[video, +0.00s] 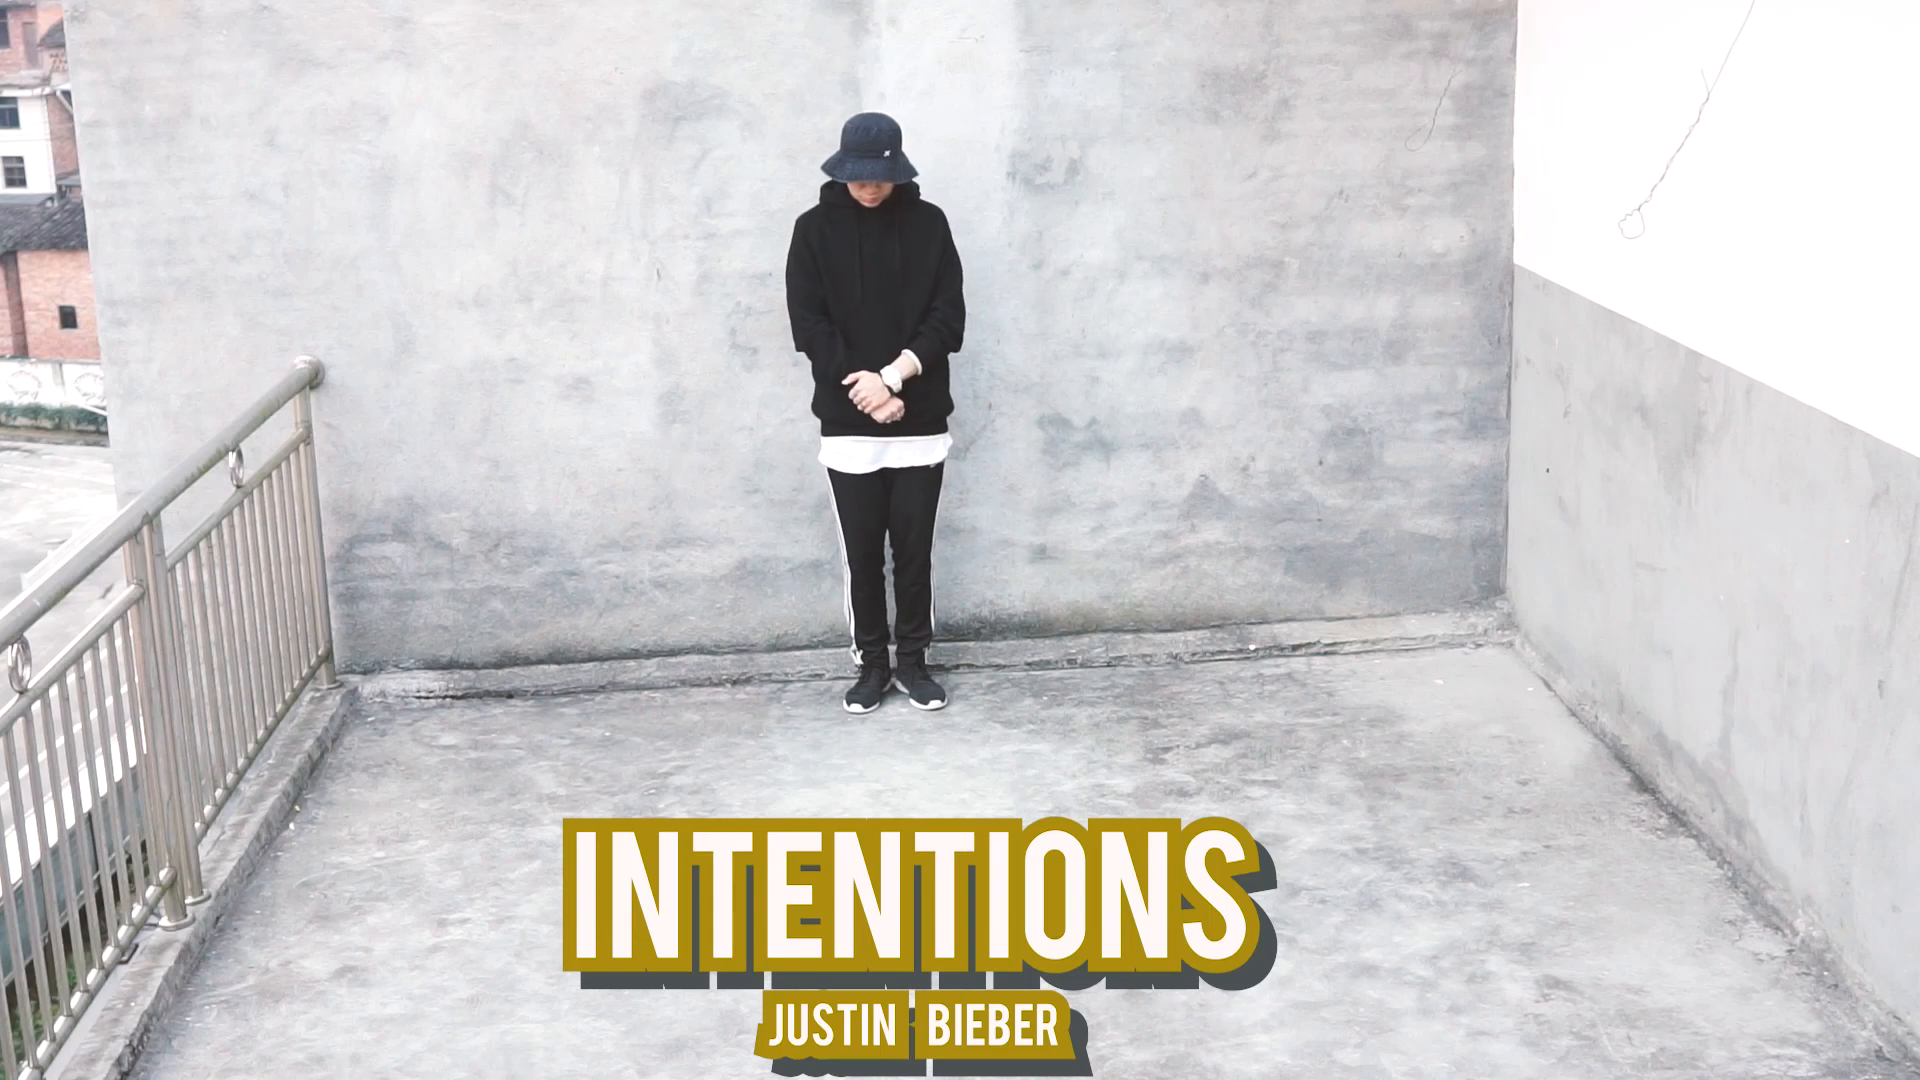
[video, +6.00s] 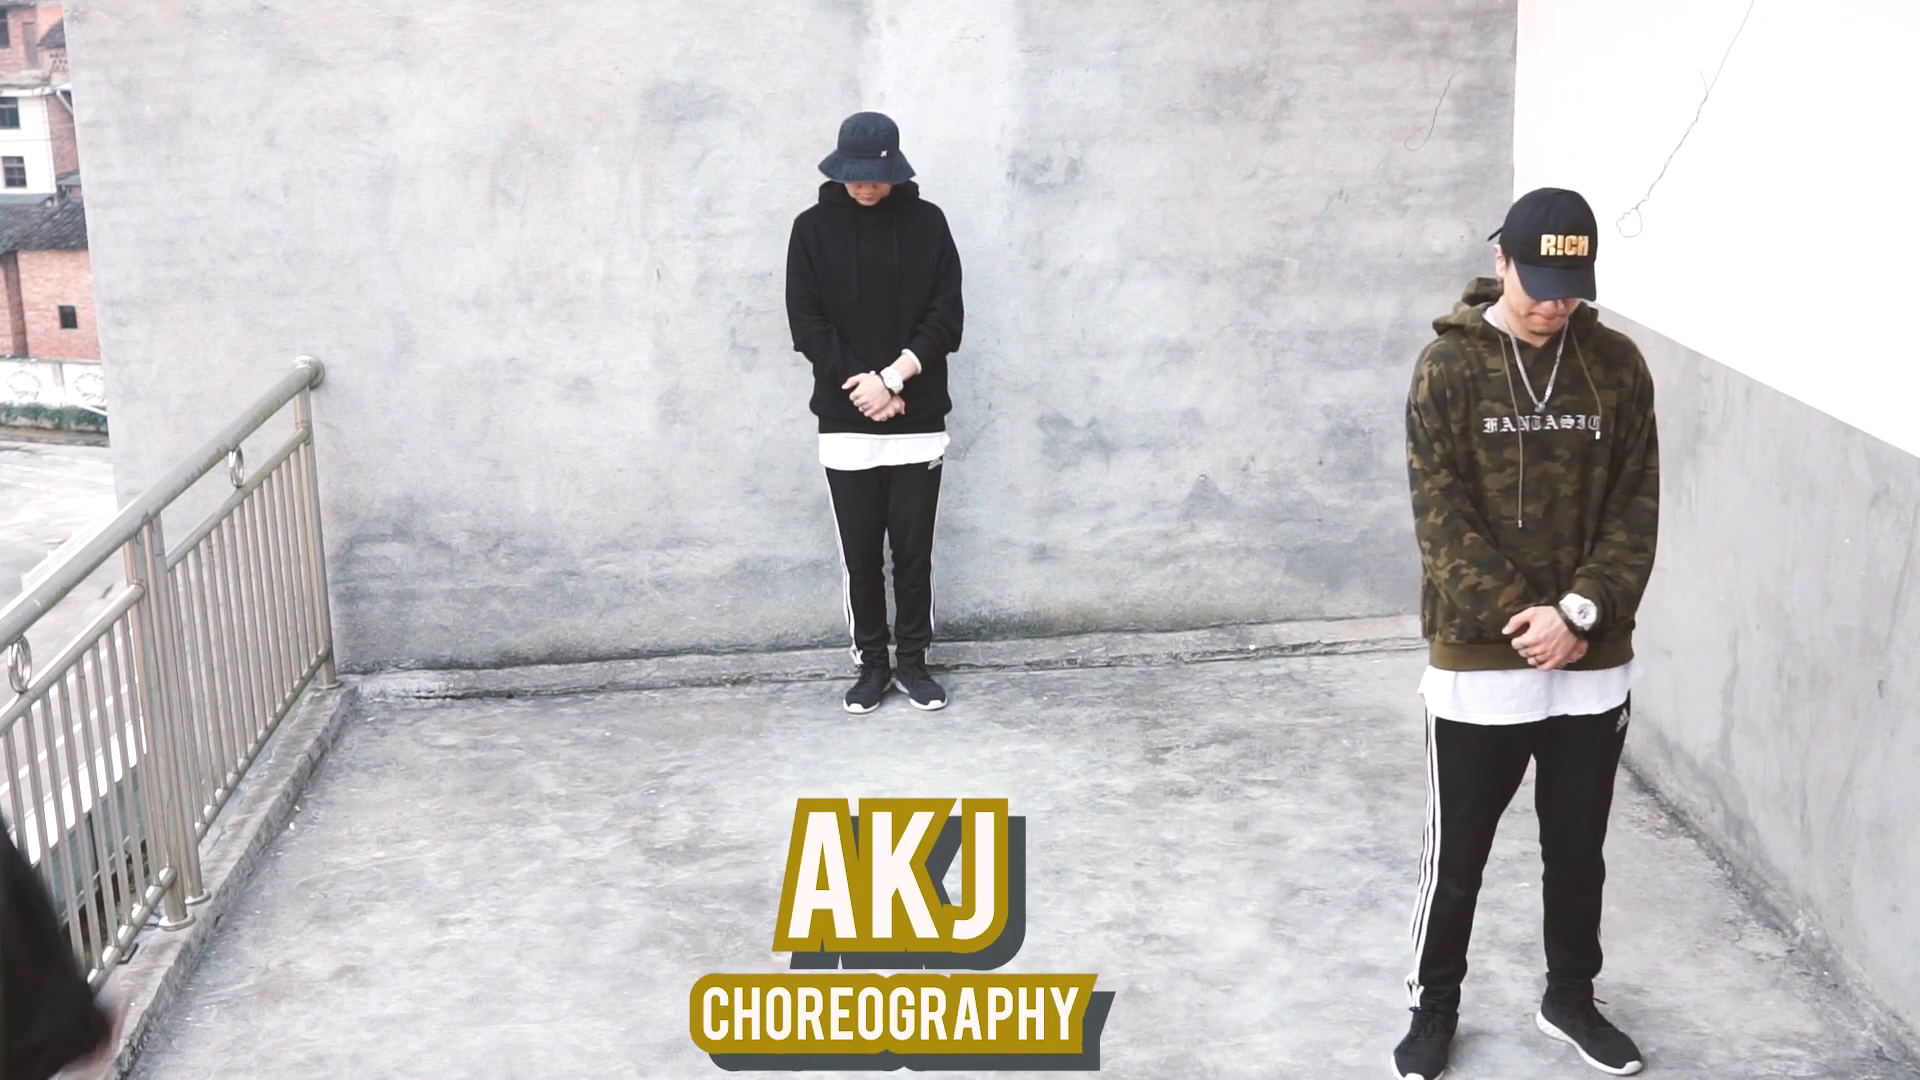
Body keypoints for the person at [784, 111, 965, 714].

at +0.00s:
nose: (870, 187)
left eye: (881, 177)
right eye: (859, 176)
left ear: (898, 172)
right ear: (842, 172)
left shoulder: (928, 222)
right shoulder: (814, 228)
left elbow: (948, 318)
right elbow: (808, 326)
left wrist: (893, 373)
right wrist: (865, 388)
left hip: (921, 417)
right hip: (847, 420)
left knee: (913, 549)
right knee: (862, 551)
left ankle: (913, 663)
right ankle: (873, 666)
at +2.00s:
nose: (863, 182)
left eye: (874, 171)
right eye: (852, 172)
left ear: (893, 167)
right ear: (837, 169)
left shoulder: (926, 220)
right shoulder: (813, 226)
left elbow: (948, 316)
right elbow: (804, 323)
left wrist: (893, 372)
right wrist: (861, 385)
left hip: (918, 414)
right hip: (844, 416)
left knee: (912, 549)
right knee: (861, 552)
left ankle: (913, 663)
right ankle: (872, 666)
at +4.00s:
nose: (867, 182)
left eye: (878, 172)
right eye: (857, 172)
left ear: (898, 168)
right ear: (842, 169)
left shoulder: (930, 221)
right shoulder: (816, 226)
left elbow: (950, 316)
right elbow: (808, 322)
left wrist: (896, 373)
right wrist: (865, 385)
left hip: (920, 414)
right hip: (846, 416)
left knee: (914, 548)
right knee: (862, 551)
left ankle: (913, 662)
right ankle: (873, 666)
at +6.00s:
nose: (865, 187)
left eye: (876, 177)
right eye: (854, 176)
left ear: (896, 171)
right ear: (839, 171)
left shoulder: (926, 221)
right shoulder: (813, 228)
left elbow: (947, 317)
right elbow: (806, 325)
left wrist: (893, 373)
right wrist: (862, 386)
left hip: (918, 414)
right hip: (844, 418)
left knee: (913, 549)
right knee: (860, 552)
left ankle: (913, 664)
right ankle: (872, 666)